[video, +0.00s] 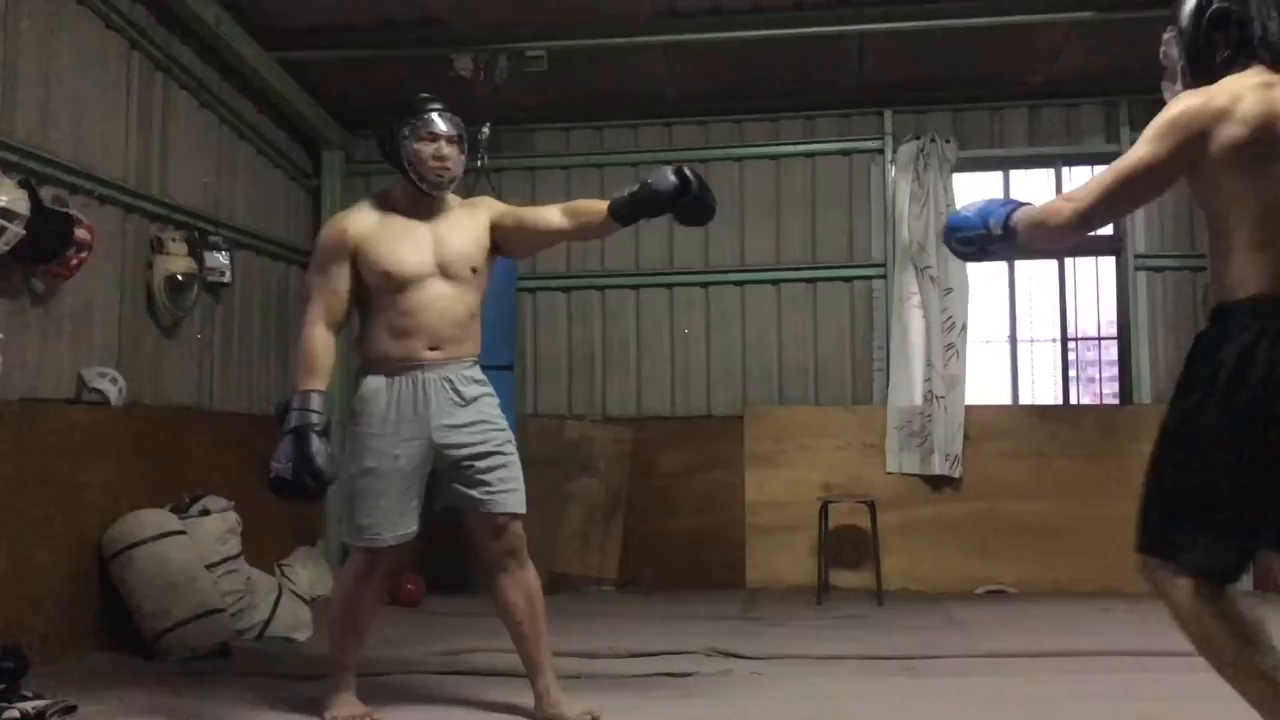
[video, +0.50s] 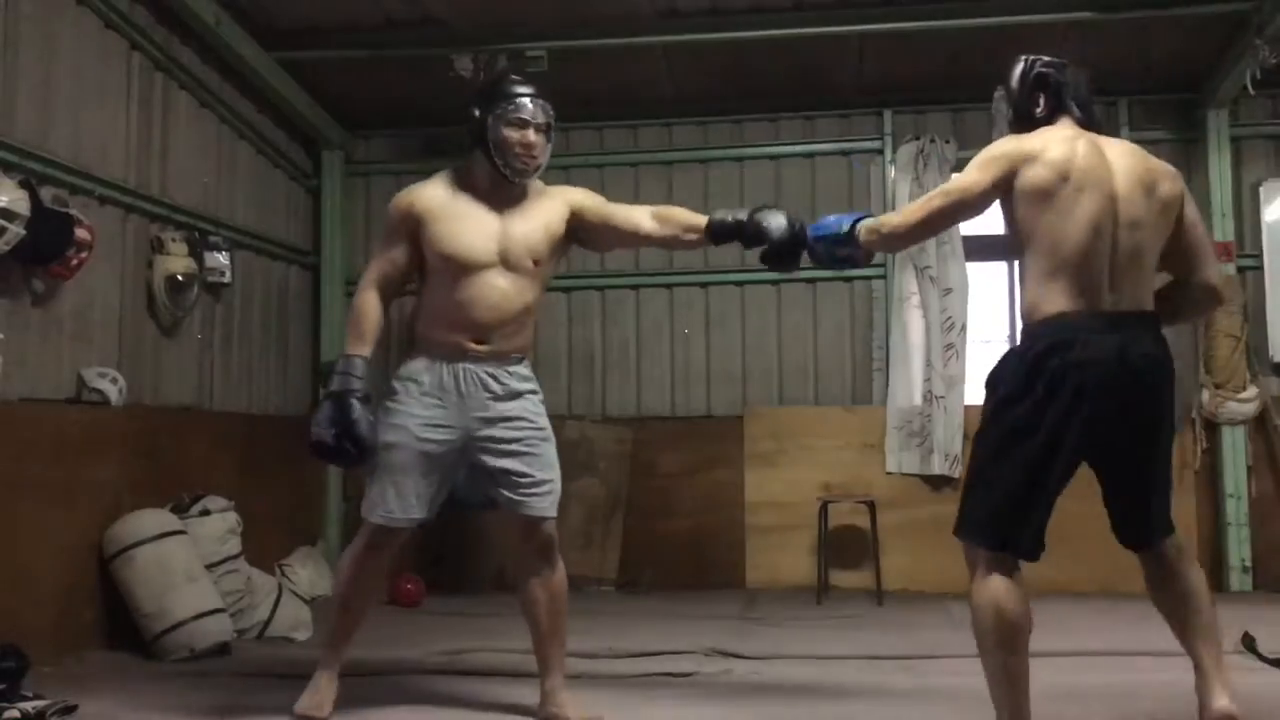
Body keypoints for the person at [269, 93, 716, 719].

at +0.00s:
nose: (440, 151)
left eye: (450, 140)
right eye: (425, 139)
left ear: (464, 153)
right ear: (399, 149)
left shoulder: (483, 217)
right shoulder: (353, 228)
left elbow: (568, 219)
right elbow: (321, 322)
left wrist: (643, 201)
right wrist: (306, 417)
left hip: (468, 390)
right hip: (387, 397)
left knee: (508, 538)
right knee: (374, 550)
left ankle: (548, 694)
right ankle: (341, 690)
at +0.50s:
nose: (534, 140)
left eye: (543, 128)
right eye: (519, 126)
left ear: (551, 135)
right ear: (484, 129)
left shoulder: (562, 205)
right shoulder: (422, 203)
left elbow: (656, 222)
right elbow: (375, 287)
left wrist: (743, 227)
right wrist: (349, 385)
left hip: (514, 387)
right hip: (427, 383)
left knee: (540, 536)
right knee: (385, 529)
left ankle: (554, 691)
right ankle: (326, 672)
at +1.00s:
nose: (464, 145)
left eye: (468, 133)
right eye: (449, 130)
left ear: (471, 142)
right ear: (409, 134)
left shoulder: (460, 216)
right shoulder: (364, 203)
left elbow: (520, 278)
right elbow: (369, 288)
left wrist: (580, 266)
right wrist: (440, 266)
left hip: (447, 384)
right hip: (378, 387)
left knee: (503, 519)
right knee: (353, 542)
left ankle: (478, 668)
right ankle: (312, 689)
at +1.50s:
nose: (502, 153)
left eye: (509, 142)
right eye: (489, 139)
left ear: (513, 148)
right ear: (449, 140)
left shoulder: (502, 223)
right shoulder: (403, 207)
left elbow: (566, 291)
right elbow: (410, 294)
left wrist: (602, 241)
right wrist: (478, 261)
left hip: (501, 384)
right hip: (428, 387)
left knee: (527, 535)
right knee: (405, 540)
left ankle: (541, 682)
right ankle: (353, 681)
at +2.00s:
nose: (504, 155)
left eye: (510, 143)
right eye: (492, 140)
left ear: (512, 151)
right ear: (451, 142)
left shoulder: (507, 220)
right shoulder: (401, 205)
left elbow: (590, 239)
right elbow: (408, 289)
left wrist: (615, 168)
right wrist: (484, 244)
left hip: (493, 385)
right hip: (421, 393)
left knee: (553, 526)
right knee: (403, 551)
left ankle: (571, 681)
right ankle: (373, 694)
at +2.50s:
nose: (548, 158)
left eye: (554, 147)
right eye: (534, 144)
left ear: (559, 155)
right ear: (494, 145)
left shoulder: (554, 224)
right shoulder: (434, 215)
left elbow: (629, 269)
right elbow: (402, 307)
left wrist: (661, 216)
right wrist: (482, 284)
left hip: (529, 395)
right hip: (447, 399)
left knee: (592, 530)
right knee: (404, 548)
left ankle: (604, 687)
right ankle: (340, 690)